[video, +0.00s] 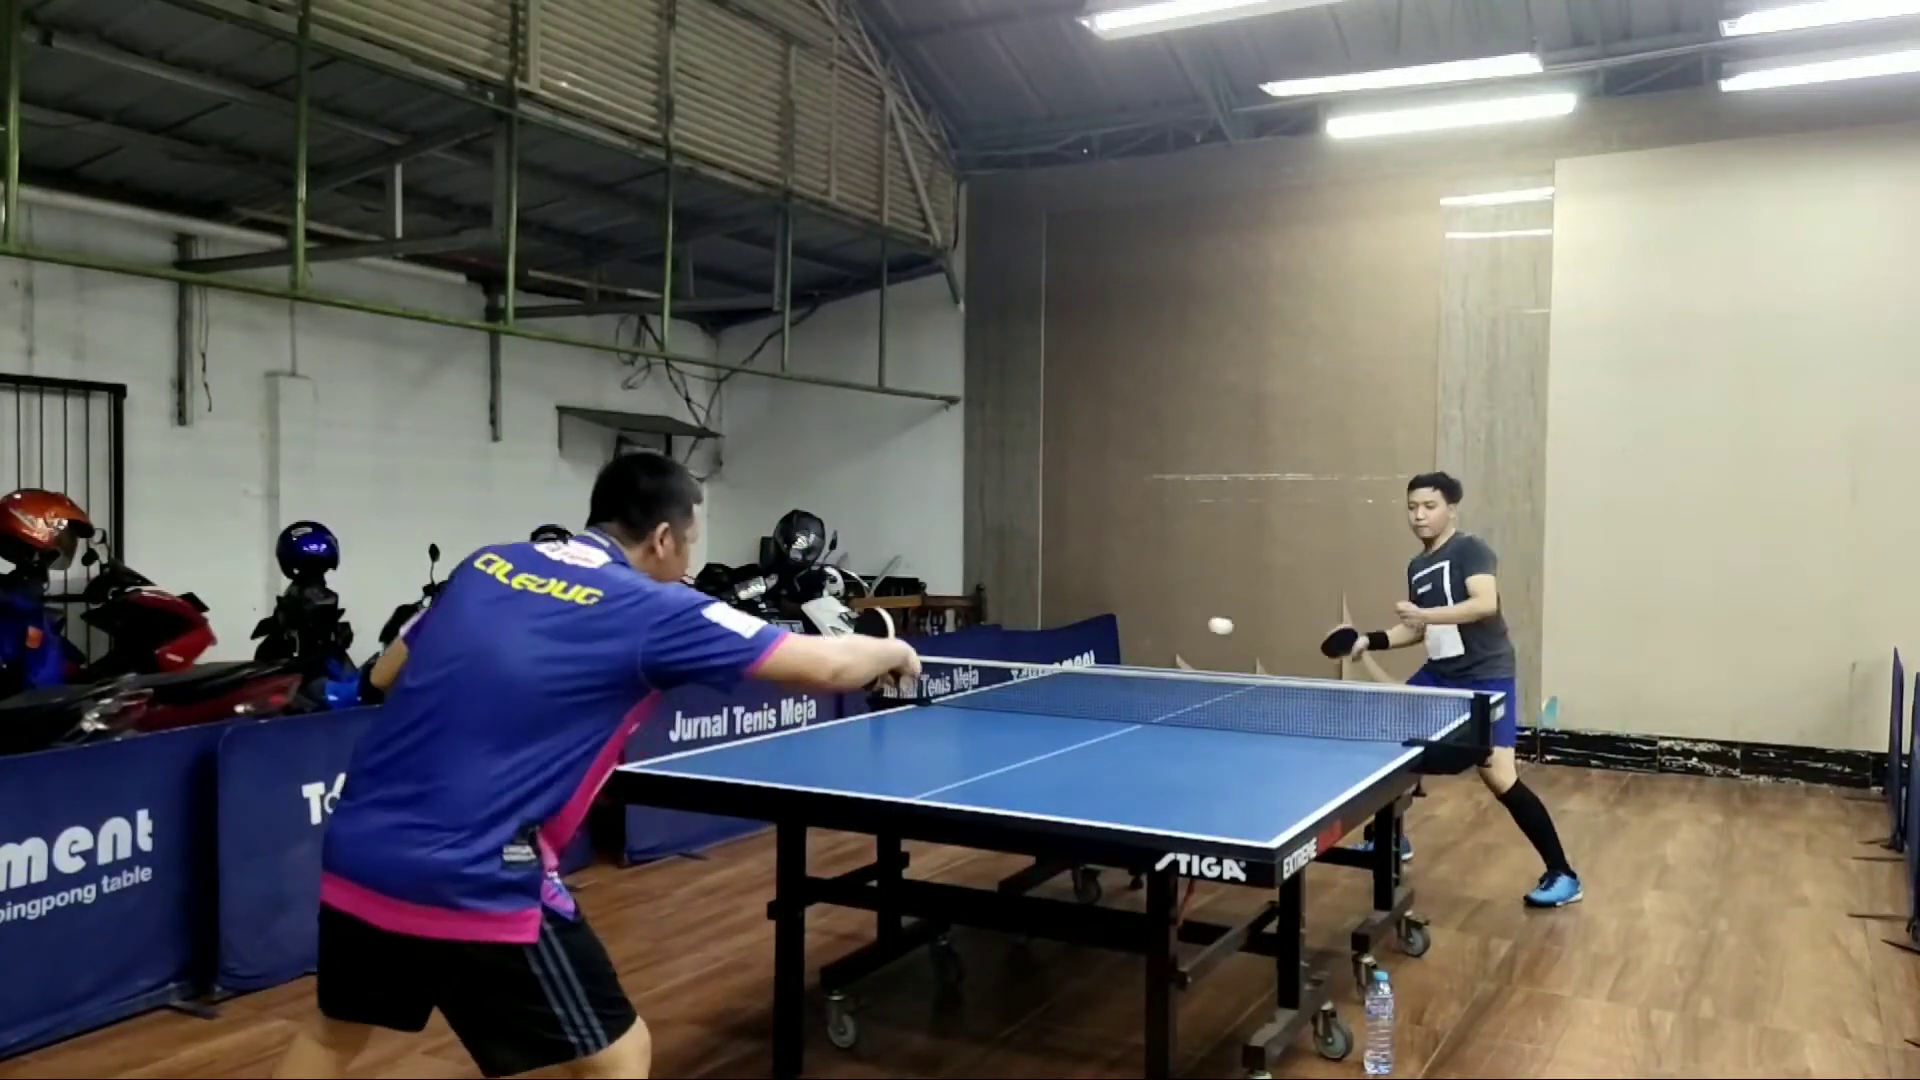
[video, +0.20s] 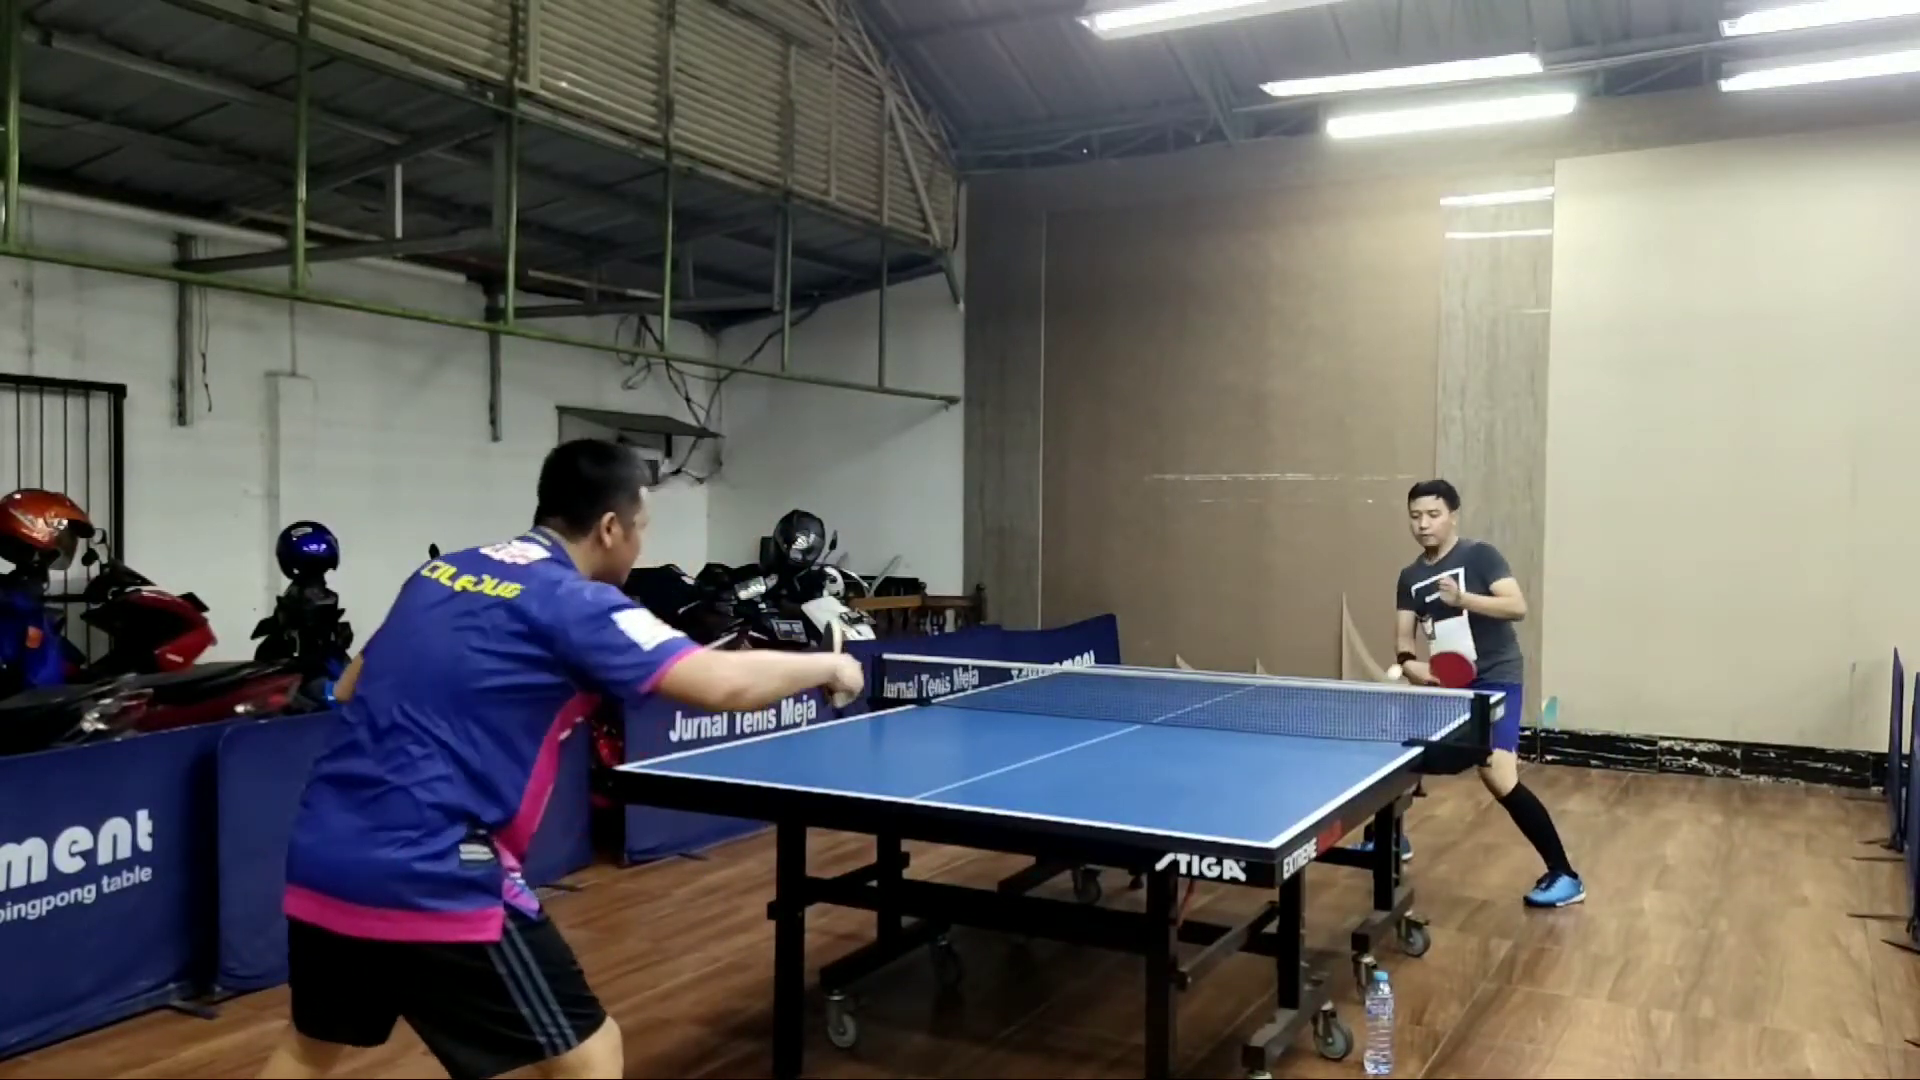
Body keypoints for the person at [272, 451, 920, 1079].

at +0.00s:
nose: (691, 559)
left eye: (692, 544)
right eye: (691, 544)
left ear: (595, 519)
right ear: (662, 537)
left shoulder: (486, 563)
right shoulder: (650, 608)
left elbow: (385, 675)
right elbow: (823, 666)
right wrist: (892, 652)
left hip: (353, 861)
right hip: (478, 883)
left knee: (332, 1038)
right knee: (616, 1054)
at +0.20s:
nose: (642, 545)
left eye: (643, 526)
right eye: (640, 526)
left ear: (544, 511)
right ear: (607, 526)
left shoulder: (437, 573)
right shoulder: (576, 599)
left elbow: (355, 687)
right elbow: (716, 684)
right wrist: (828, 665)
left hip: (323, 867)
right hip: (438, 880)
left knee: (313, 1047)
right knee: (587, 1053)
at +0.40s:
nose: (611, 524)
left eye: (613, 508)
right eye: (610, 508)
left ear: (515, 501)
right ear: (577, 513)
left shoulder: (428, 551)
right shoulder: (533, 584)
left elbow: (372, 682)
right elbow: (590, 736)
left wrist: (425, 791)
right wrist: (707, 763)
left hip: (265, 829)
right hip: (368, 844)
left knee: (278, 1035)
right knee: (497, 1058)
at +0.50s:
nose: (602, 544)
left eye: (603, 526)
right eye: (600, 526)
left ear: (507, 514)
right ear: (568, 528)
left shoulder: (416, 566)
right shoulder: (523, 605)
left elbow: (345, 713)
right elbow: (571, 769)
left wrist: (436, 809)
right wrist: (666, 795)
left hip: (249, 846)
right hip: (352, 860)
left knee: (269, 1044)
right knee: (485, 1060)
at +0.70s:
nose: (577, 570)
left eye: (581, 553)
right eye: (578, 553)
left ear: (484, 531)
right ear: (551, 550)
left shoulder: (387, 581)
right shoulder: (531, 629)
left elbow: (339, 718)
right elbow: (602, 794)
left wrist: (444, 781)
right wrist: (643, 790)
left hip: (222, 855)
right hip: (342, 870)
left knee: (256, 1048)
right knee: (474, 1063)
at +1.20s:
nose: (594, 623)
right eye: (593, 611)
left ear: (492, 605)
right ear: (582, 619)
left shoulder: (433, 648)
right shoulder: (617, 698)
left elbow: (296, 685)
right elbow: (722, 726)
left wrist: (104, 706)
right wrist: (745, 700)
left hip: (351, 916)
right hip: (509, 928)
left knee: (295, 1060)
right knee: (603, 1024)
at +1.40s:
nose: (603, 561)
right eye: (601, 547)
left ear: (501, 542)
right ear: (590, 554)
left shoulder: (426, 600)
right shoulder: (627, 644)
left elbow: (287, 686)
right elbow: (743, 769)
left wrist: (115, 767)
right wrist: (753, 770)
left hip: (363, 894)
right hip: (515, 900)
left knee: (344, 1060)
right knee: (591, 1043)